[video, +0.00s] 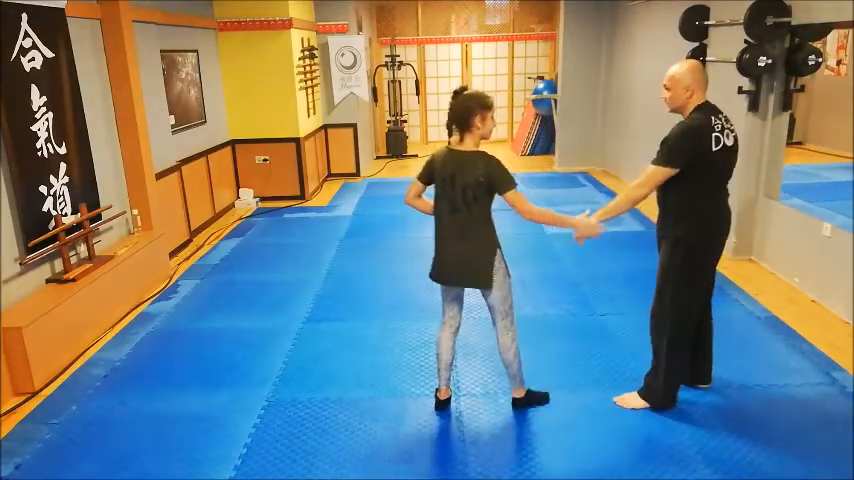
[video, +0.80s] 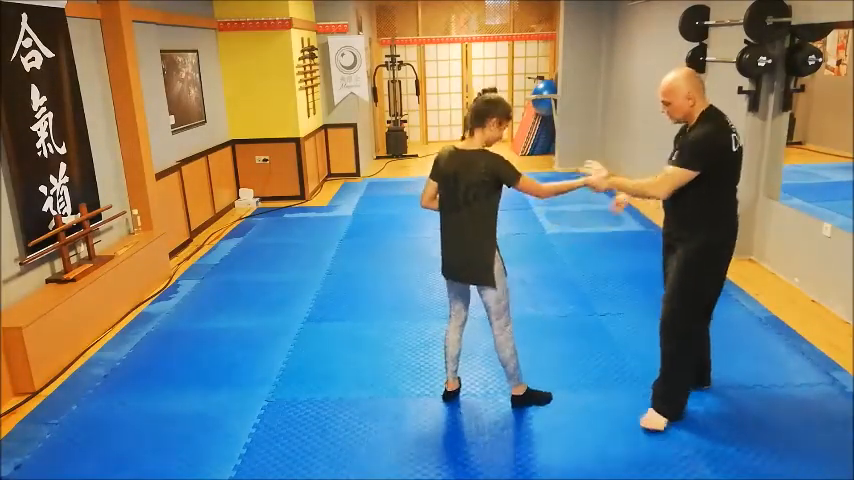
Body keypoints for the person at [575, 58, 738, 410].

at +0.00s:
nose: (663, 94)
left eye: (668, 89)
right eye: (664, 88)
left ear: (690, 91)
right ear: (695, 91)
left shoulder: (687, 132)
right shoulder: (720, 122)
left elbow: (643, 188)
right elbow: (710, 183)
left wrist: (597, 218)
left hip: (687, 232)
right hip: (711, 225)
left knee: (669, 309)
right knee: (696, 300)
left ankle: (658, 393)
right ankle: (697, 372)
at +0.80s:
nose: (664, 110)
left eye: (668, 103)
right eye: (663, 104)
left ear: (691, 98)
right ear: (687, 99)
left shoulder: (708, 136)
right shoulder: (699, 125)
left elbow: (662, 188)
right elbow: (672, 178)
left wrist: (610, 181)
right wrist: (631, 193)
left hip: (703, 242)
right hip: (686, 235)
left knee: (676, 320)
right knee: (691, 309)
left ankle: (666, 405)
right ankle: (696, 373)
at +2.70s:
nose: (664, 119)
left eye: (674, 113)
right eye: (659, 110)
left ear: (694, 113)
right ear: (653, 106)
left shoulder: (718, 150)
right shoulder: (630, 152)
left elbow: (727, 208)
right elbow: (609, 217)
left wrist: (726, 265)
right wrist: (614, 277)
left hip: (682, 266)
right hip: (629, 262)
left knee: (677, 349)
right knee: (595, 341)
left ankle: (669, 417)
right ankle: (576, 406)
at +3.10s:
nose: (693, 94)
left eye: (704, 88)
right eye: (689, 85)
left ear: (723, 95)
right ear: (682, 89)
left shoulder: (745, 143)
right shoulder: (657, 136)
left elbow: (750, 208)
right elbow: (631, 196)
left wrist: (745, 267)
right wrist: (624, 250)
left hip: (704, 263)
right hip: (650, 255)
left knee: (690, 344)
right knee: (622, 315)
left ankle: (671, 414)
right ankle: (645, 367)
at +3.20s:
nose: (696, 91)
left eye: (706, 86)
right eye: (692, 84)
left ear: (725, 93)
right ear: (685, 89)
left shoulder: (748, 141)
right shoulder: (661, 134)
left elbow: (754, 206)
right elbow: (637, 192)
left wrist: (747, 261)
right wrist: (625, 246)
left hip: (706, 261)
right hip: (653, 253)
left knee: (689, 343)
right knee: (633, 319)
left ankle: (671, 415)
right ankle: (672, 367)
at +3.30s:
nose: (696, 90)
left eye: (707, 85)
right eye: (693, 84)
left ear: (726, 92)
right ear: (687, 89)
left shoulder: (749, 140)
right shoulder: (665, 133)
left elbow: (756, 205)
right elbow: (642, 190)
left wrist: (747, 258)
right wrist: (627, 240)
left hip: (706, 260)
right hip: (654, 251)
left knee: (690, 341)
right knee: (646, 326)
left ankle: (672, 415)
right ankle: (677, 380)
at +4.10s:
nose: (668, 133)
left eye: (670, 125)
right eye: (666, 126)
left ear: (690, 117)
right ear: (690, 117)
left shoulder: (717, 150)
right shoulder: (717, 139)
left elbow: (657, 188)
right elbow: (704, 202)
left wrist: (601, 177)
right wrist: (665, 231)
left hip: (723, 258)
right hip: (719, 249)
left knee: (693, 331)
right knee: (725, 313)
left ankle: (676, 422)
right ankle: (732, 373)